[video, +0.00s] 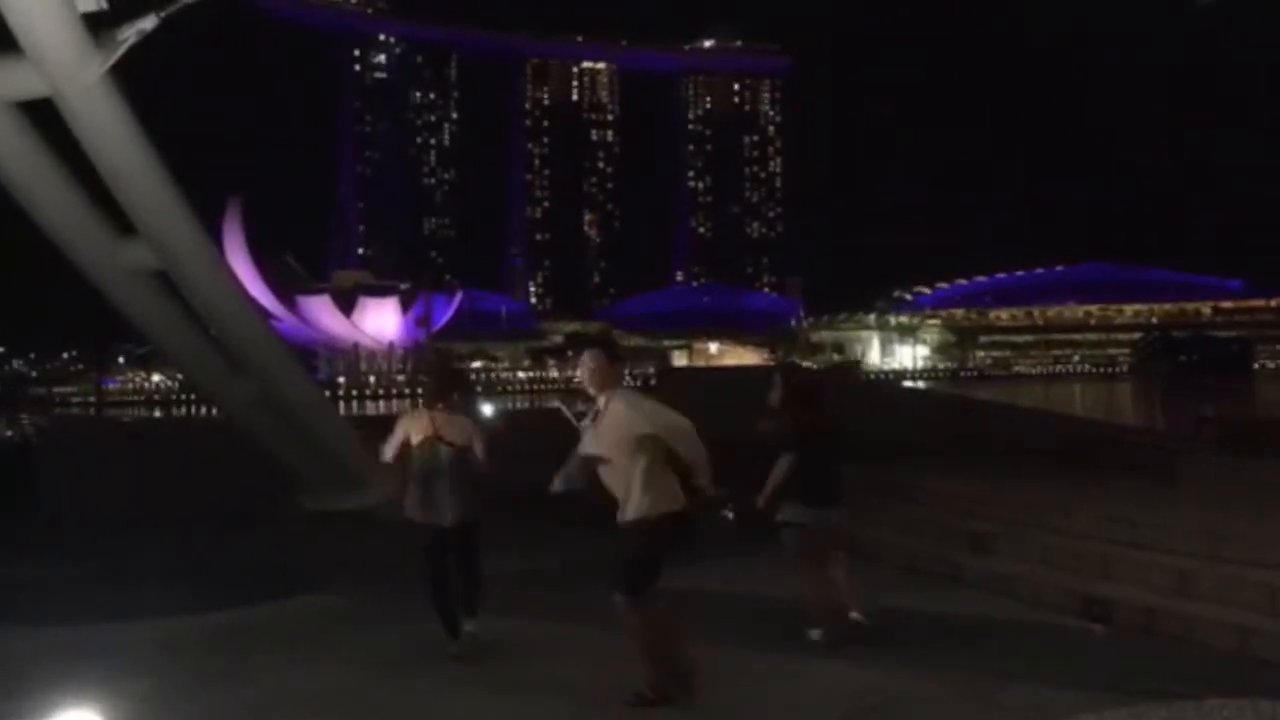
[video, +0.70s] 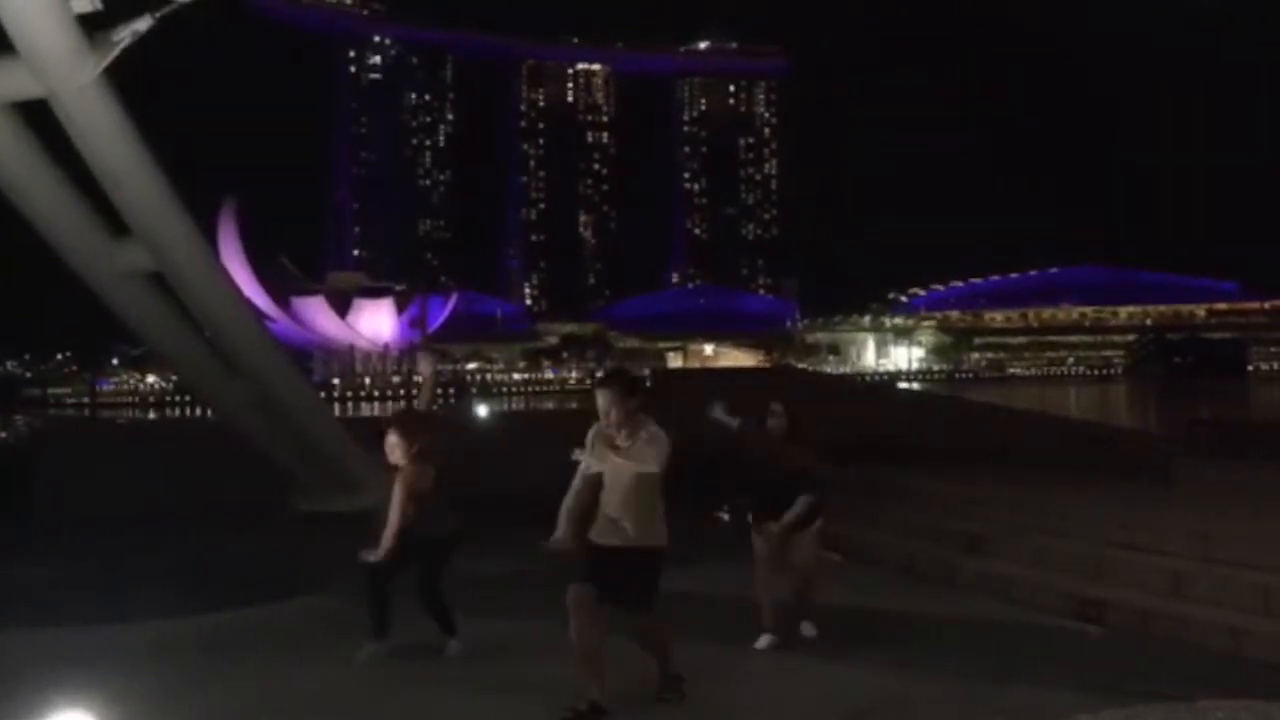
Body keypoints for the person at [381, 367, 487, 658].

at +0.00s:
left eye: (429, 395)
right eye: (449, 396)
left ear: (424, 395)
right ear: (454, 395)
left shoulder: (410, 422)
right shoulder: (465, 425)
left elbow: (388, 455)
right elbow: (480, 462)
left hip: (422, 515)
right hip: (459, 514)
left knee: (435, 572)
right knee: (464, 564)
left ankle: (451, 632)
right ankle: (469, 616)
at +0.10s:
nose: (420, 401)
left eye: (422, 396)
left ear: (425, 396)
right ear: (453, 394)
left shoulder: (419, 427)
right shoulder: (467, 424)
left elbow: (410, 476)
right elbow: (478, 468)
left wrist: (401, 478)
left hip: (434, 517)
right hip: (468, 514)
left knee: (442, 578)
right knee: (473, 571)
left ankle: (467, 637)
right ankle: (492, 630)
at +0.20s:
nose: (412, 412)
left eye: (416, 405)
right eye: (412, 404)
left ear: (426, 405)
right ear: (441, 400)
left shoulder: (432, 431)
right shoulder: (451, 425)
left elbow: (431, 475)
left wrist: (411, 495)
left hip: (443, 519)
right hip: (461, 517)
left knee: (434, 577)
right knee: (472, 573)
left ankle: (467, 635)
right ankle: (499, 630)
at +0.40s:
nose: (390, 420)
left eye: (393, 412)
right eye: (390, 413)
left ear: (408, 413)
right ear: (418, 412)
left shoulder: (419, 438)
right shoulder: (442, 432)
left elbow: (412, 492)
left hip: (442, 520)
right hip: (463, 518)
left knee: (441, 577)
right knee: (447, 577)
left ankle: (468, 636)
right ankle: (467, 634)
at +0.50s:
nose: (387, 431)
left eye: (391, 424)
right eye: (387, 424)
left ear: (407, 424)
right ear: (415, 424)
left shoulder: (411, 455)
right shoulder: (434, 449)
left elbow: (397, 504)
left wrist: (403, 527)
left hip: (433, 527)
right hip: (453, 525)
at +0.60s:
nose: (387, 440)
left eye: (392, 433)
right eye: (388, 433)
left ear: (408, 436)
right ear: (415, 437)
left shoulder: (407, 469)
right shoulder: (431, 463)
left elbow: (398, 509)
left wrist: (389, 542)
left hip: (414, 539)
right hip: (438, 537)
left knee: (381, 584)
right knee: (428, 592)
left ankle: (379, 638)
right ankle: (446, 637)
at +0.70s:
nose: (390, 452)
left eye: (395, 446)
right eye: (389, 445)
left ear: (411, 446)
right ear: (414, 446)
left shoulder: (405, 476)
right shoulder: (427, 465)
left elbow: (396, 517)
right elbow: (424, 410)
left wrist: (382, 550)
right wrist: (430, 373)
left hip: (413, 538)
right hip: (440, 536)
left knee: (378, 576)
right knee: (428, 586)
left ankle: (379, 637)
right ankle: (452, 636)